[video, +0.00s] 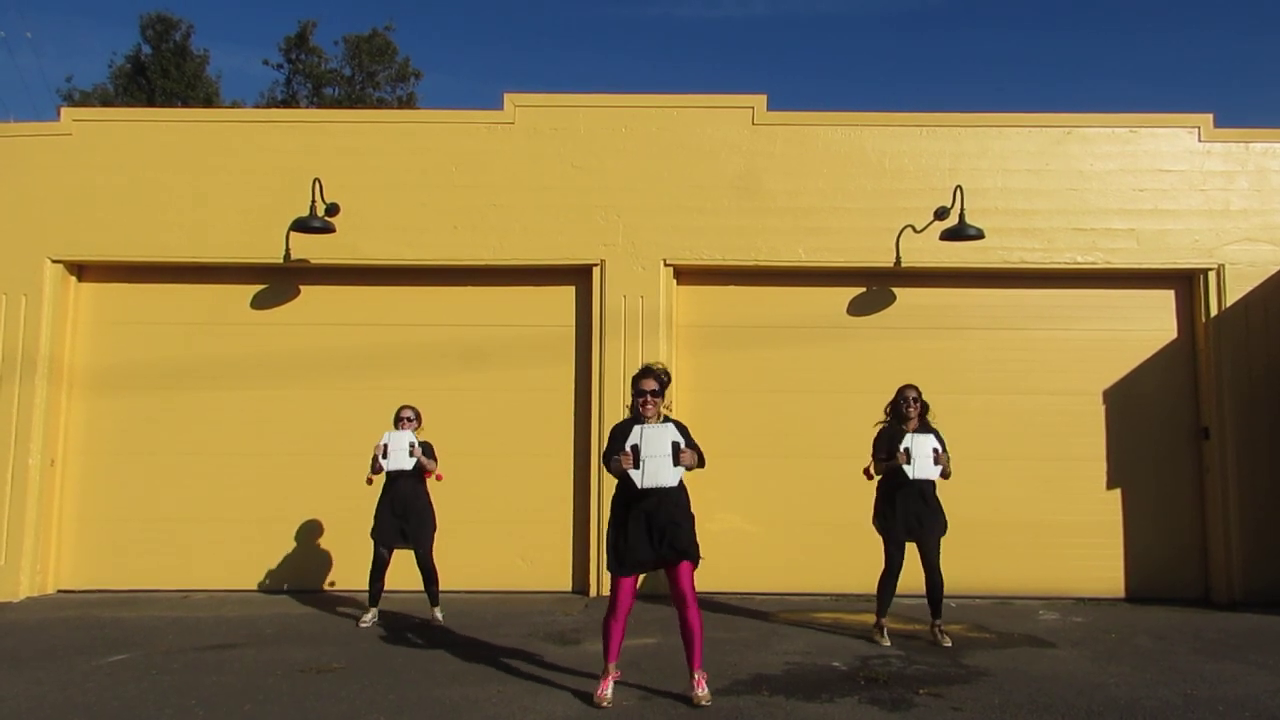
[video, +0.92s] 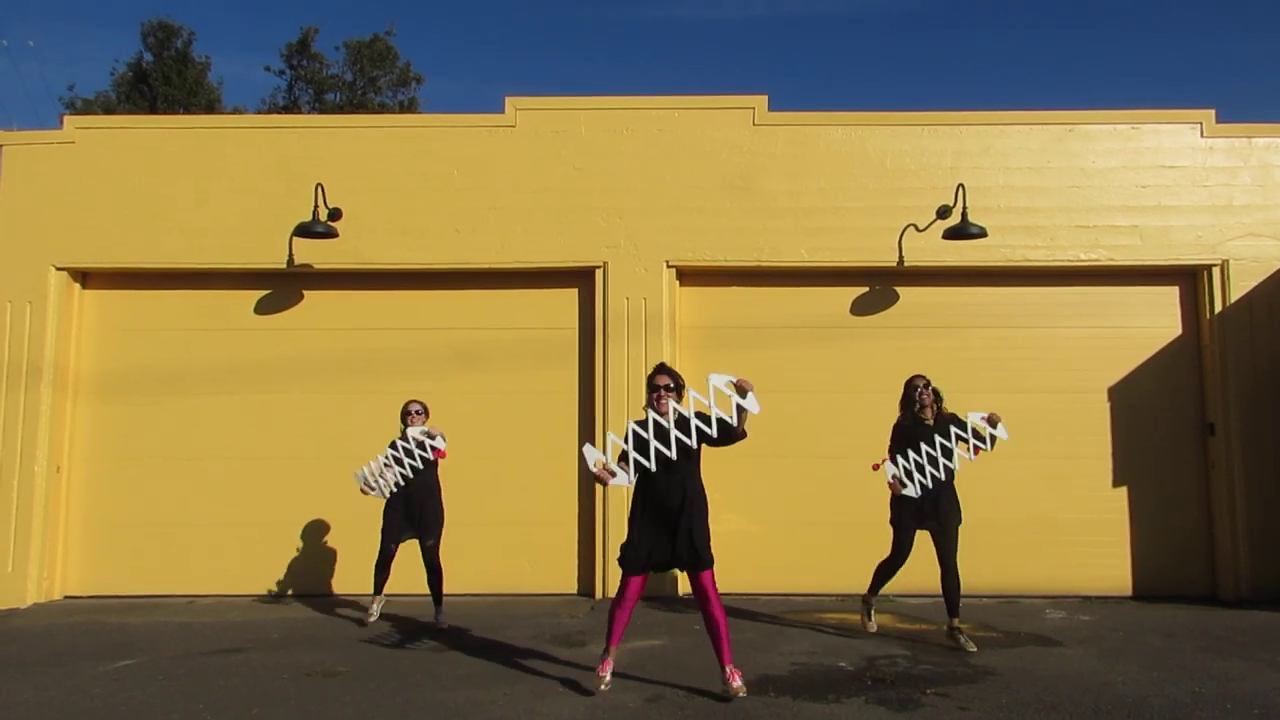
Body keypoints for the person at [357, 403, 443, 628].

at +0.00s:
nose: (405, 423)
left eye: (409, 419)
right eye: (401, 420)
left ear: (417, 423)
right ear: (395, 423)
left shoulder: (424, 446)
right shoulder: (389, 445)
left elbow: (432, 467)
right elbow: (375, 471)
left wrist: (419, 457)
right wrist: (378, 456)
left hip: (418, 510)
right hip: (389, 509)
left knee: (424, 559)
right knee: (380, 559)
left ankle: (435, 608)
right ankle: (372, 609)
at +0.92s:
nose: (413, 417)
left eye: (418, 413)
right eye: (408, 414)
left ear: (426, 418)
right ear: (402, 419)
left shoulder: (432, 441)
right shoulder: (396, 446)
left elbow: (439, 449)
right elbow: (385, 473)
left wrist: (430, 435)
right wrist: (372, 485)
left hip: (428, 505)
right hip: (399, 505)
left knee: (431, 557)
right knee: (386, 554)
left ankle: (439, 610)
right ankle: (376, 600)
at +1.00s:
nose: (416, 417)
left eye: (420, 413)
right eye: (411, 414)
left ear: (428, 416)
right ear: (407, 419)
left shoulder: (437, 437)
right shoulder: (401, 446)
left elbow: (447, 429)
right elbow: (389, 480)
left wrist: (451, 411)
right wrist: (370, 499)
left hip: (431, 503)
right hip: (402, 503)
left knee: (433, 558)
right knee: (384, 554)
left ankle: (439, 612)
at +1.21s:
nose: (418, 418)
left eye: (422, 414)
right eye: (414, 415)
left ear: (429, 418)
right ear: (407, 420)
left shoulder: (436, 440)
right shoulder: (402, 448)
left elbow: (450, 432)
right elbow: (391, 477)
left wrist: (449, 414)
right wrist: (373, 494)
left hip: (434, 505)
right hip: (406, 505)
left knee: (437, 558)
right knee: (381, 550)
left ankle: (445, 612)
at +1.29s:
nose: (413, 418)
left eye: (418, 415)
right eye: (409, 415)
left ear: (427, 418)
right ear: (404, 420)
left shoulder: (435, 439)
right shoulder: (400, 447)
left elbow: (443, 445)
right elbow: (389, 469)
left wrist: (429, 439)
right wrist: (378, 480)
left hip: (432, 504)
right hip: (404, 504)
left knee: (436, 556)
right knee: (385, 552)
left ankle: (447, 609)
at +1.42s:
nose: (412, 431)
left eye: (417, 427)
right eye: (408, 428)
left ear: (424, 432)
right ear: (403, 432)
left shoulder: (430, 457)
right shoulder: (396, 457)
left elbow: (439, 476)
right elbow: (385, 484)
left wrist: (427, 472)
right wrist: (380, 474)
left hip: (428, 516)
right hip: (400, 515)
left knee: (433, 569)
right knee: (389, 567)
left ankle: (448, 616)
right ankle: (389, 615)